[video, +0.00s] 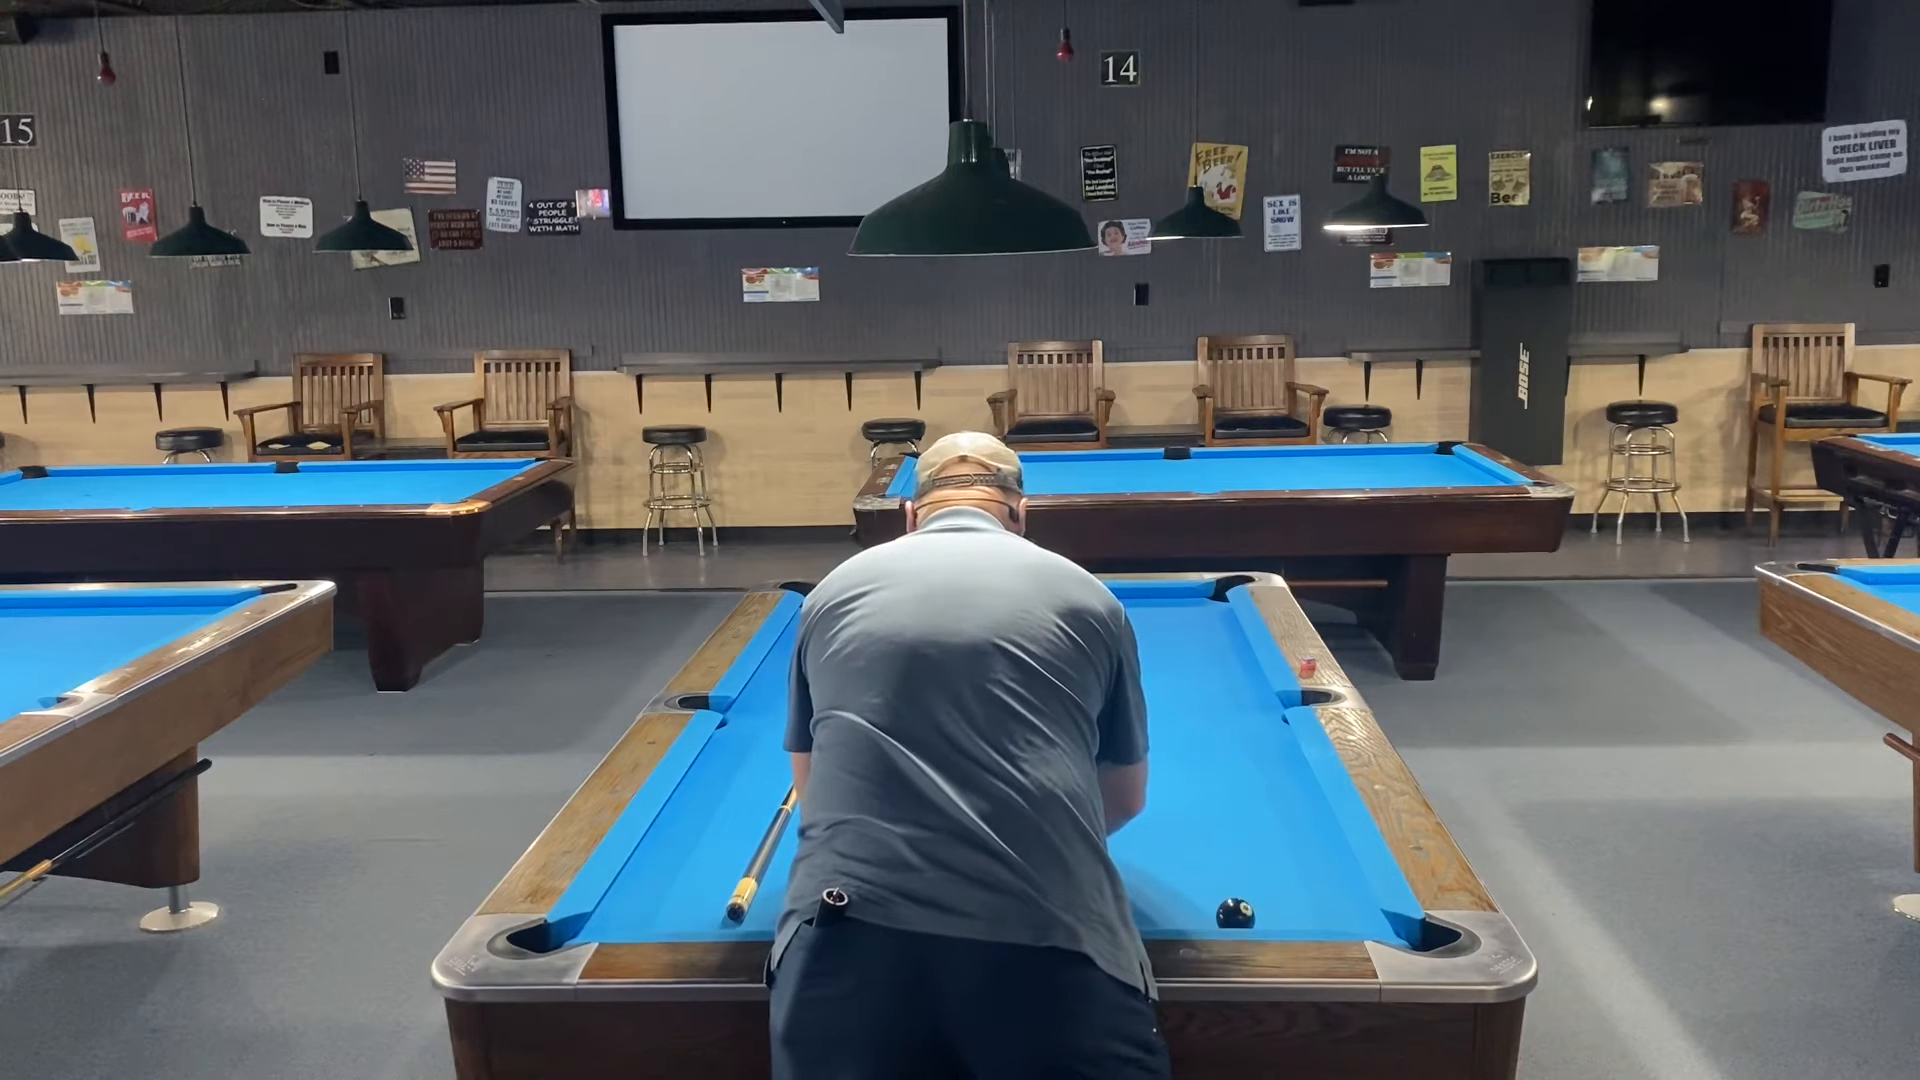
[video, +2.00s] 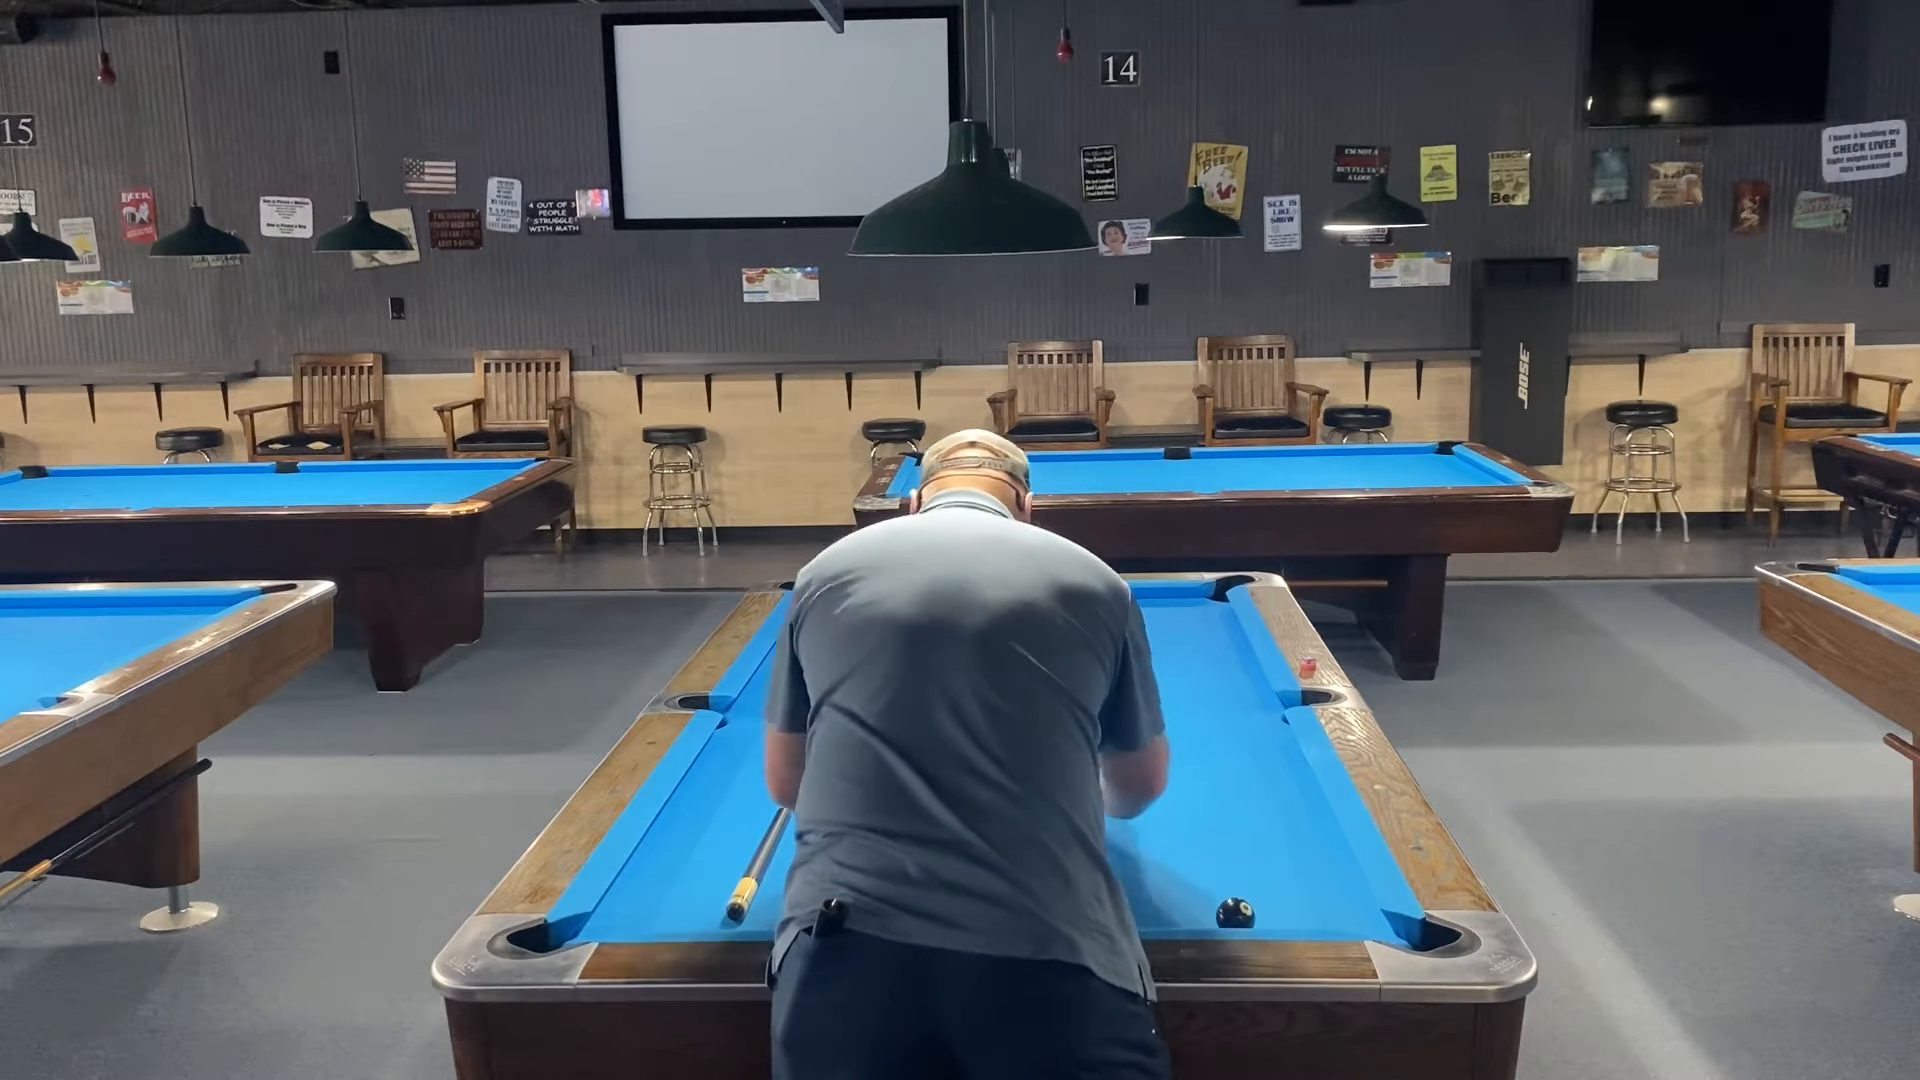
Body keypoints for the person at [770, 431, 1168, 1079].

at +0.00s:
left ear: (910, 514)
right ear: (1019, 512)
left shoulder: (833, 589)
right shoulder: (1089, 596)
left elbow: (810, 783)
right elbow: (1122, 794)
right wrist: (1028, 843)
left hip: (847, 958)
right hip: (1052, 964)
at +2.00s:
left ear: (916, 502)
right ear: (1025, 506)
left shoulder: (828, 569)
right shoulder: (1097, 583)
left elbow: (786, 779)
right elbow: (1137, 784)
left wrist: (887, 795)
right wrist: (1059, 782)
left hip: (846, 965)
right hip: (1051, 972)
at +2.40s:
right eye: (1032, 470)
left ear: (913, 467)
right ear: (1024, 468)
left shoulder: (812, 552)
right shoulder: (1103, 564)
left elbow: (754, 777)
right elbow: (1180, 782)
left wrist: (841, 833)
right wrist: (1144, 828)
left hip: (843, 979)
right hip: (1052, 996)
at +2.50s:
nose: (1044, 485)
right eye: (1041, 470)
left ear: (914, 461)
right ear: (1027, 462)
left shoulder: (809, 552)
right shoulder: (1101, 561)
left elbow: (761, 778)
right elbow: (1176, 789)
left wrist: (846, 831)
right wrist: (1154, 831)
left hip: (844, 987)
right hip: (1053, 1005)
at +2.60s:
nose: (1049, 490)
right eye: (1046, 470)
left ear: (916, 460)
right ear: (1027, 452)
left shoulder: (810, 551)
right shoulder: (1099, 557)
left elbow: (769, 780)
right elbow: (1183, 804)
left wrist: (854, 829)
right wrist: (1210, 806)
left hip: (841, 997)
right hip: (1051, 1007)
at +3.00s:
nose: (1052, 477)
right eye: (1054, 464)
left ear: (938, 453)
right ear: (1052, 458)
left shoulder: (833, 549)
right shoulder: (1117, 562)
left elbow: (792, 772)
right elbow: (1214, 782)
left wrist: (880, 831)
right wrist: (1235, 881)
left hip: (848, 986)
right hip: (1056, 1005)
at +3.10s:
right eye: (1052, 468)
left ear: (939, 458)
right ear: (1051, 463)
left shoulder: (837, 550)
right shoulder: (1120, 566)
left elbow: (783, 772)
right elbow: (1211, 789)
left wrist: (870, 835)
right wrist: (1234, 863)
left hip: (851, 982)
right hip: (1060, 1000)